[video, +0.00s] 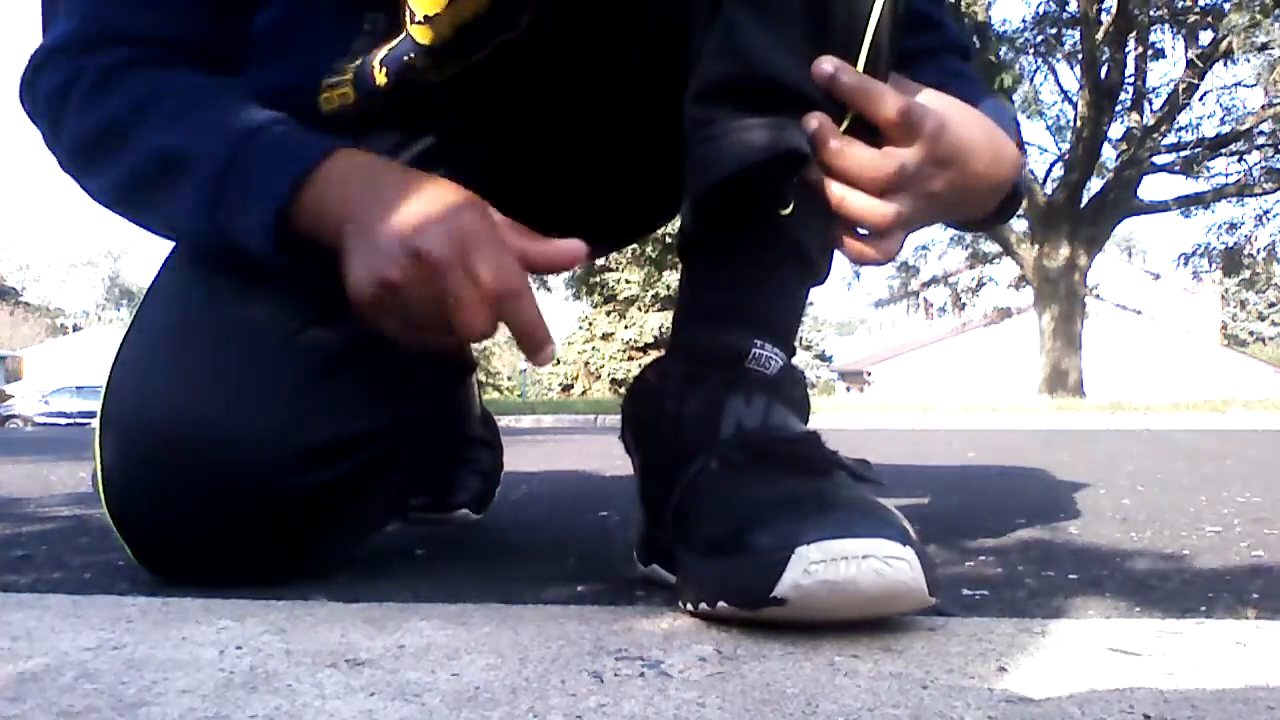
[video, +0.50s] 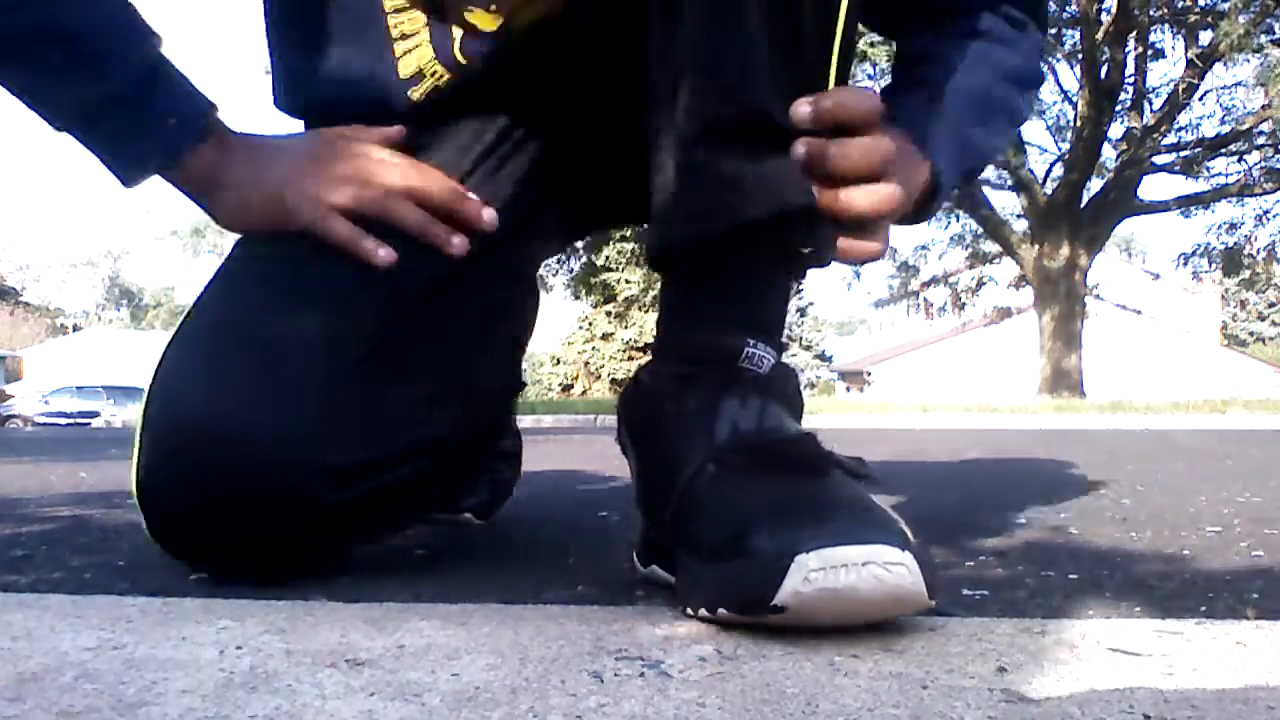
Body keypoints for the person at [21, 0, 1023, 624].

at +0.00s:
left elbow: (908, 33)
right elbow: (89, 74)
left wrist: (995, 169)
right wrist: (344, 197)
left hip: (592, 115)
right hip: (308, 175)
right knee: (192, 508)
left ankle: (732, 424)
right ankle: (424, 404)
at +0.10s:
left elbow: (910, 30)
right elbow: (56, 16)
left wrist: (997, 163)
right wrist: (237, 129)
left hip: (605, 105)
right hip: (335, 138)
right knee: (194, 511)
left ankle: (730, 418)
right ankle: (411, 373)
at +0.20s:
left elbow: (947, 42)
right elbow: (45, 1)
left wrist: (1000, 147)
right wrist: (183, 108)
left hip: (609, 122)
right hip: (334, 151)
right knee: (192, 507)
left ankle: (730, 423)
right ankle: (414, 380)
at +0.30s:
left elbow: (956, 45)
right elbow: (23, 25)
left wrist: (997, 142)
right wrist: (163, 150)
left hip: (625, 118)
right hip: (341, 155)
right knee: (194, 505)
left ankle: (727, 421)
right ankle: (415, 385)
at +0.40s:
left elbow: (944, 30)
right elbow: (2, 21)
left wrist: (975, 147)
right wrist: (168, 163)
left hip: (641, 111)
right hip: (363, 161)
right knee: (182, 500)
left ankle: (729, 415)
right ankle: (431, 370)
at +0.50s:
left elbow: (996, 12)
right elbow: (33, 16)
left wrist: (926, 141)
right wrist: (210, 152)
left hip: (672, 75)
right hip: (402, 139)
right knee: (217, 498)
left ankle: (725, 423)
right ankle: (452, 417)